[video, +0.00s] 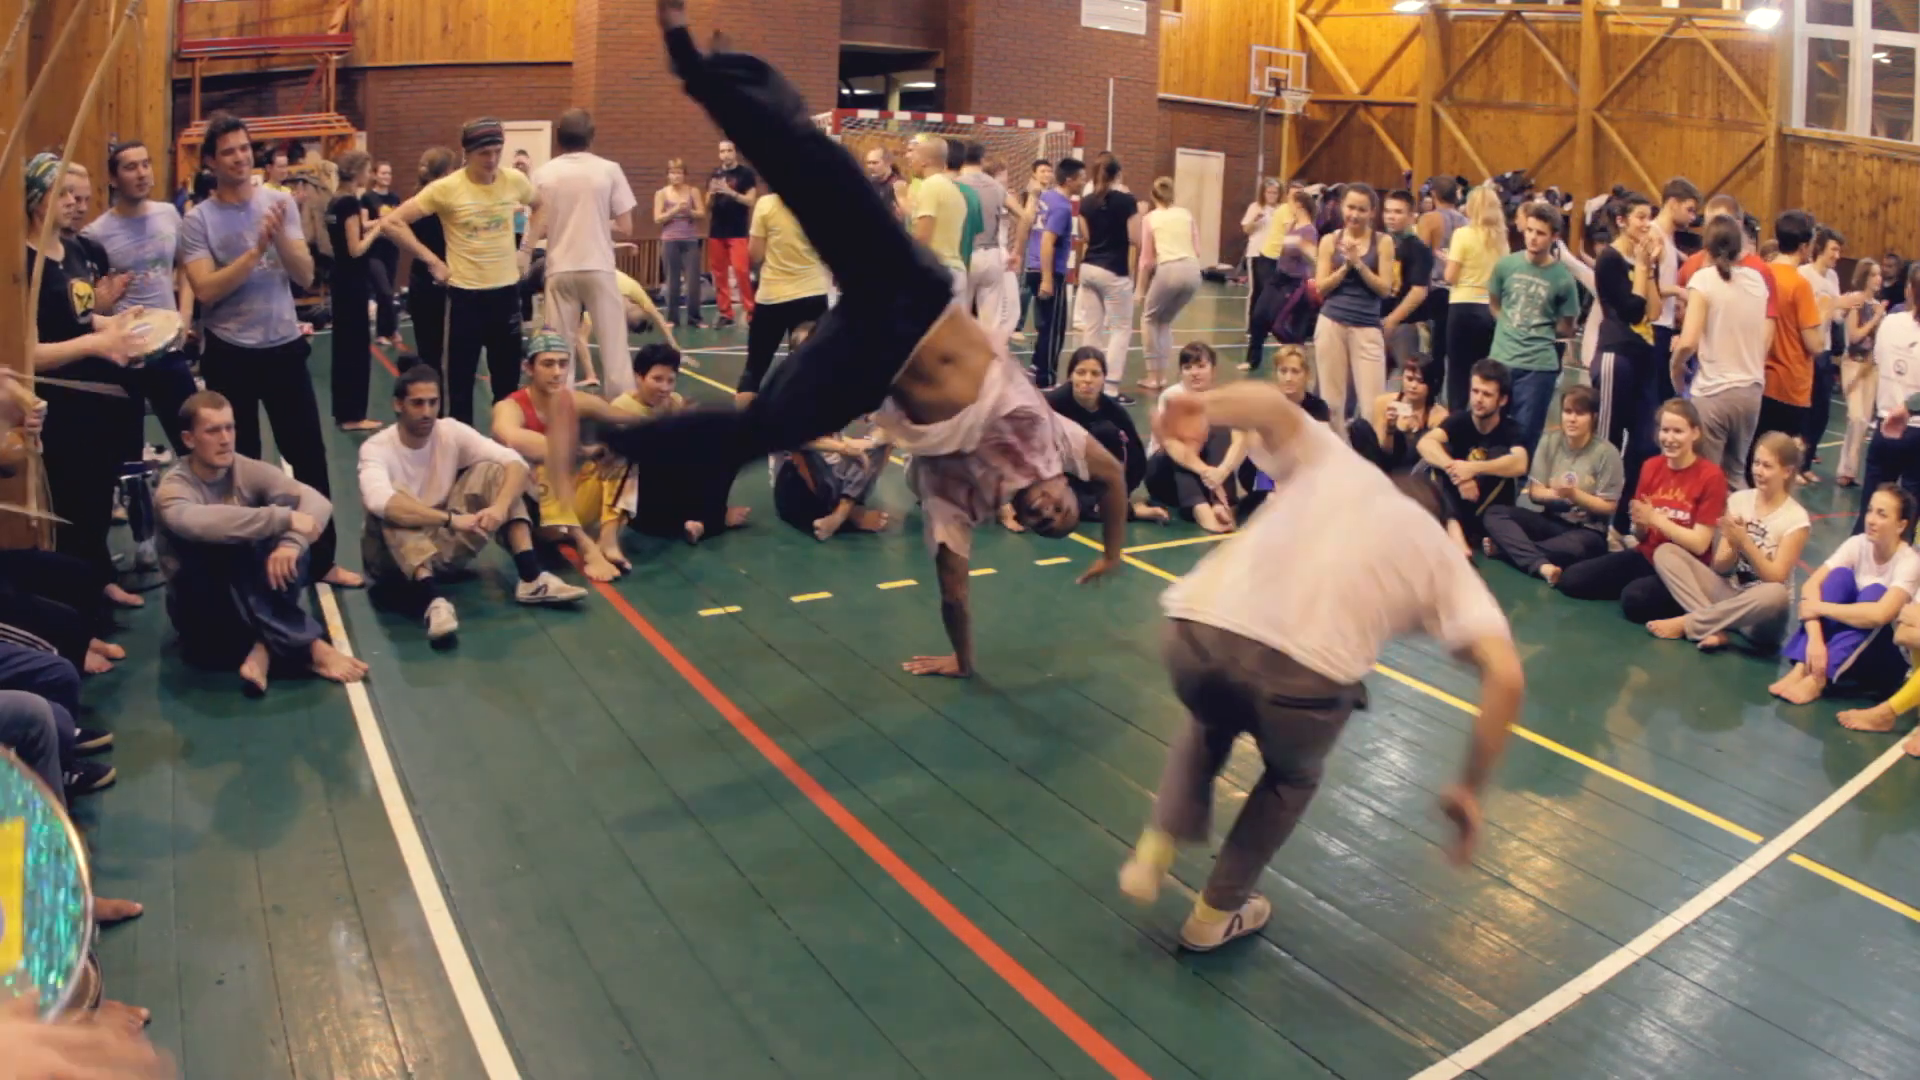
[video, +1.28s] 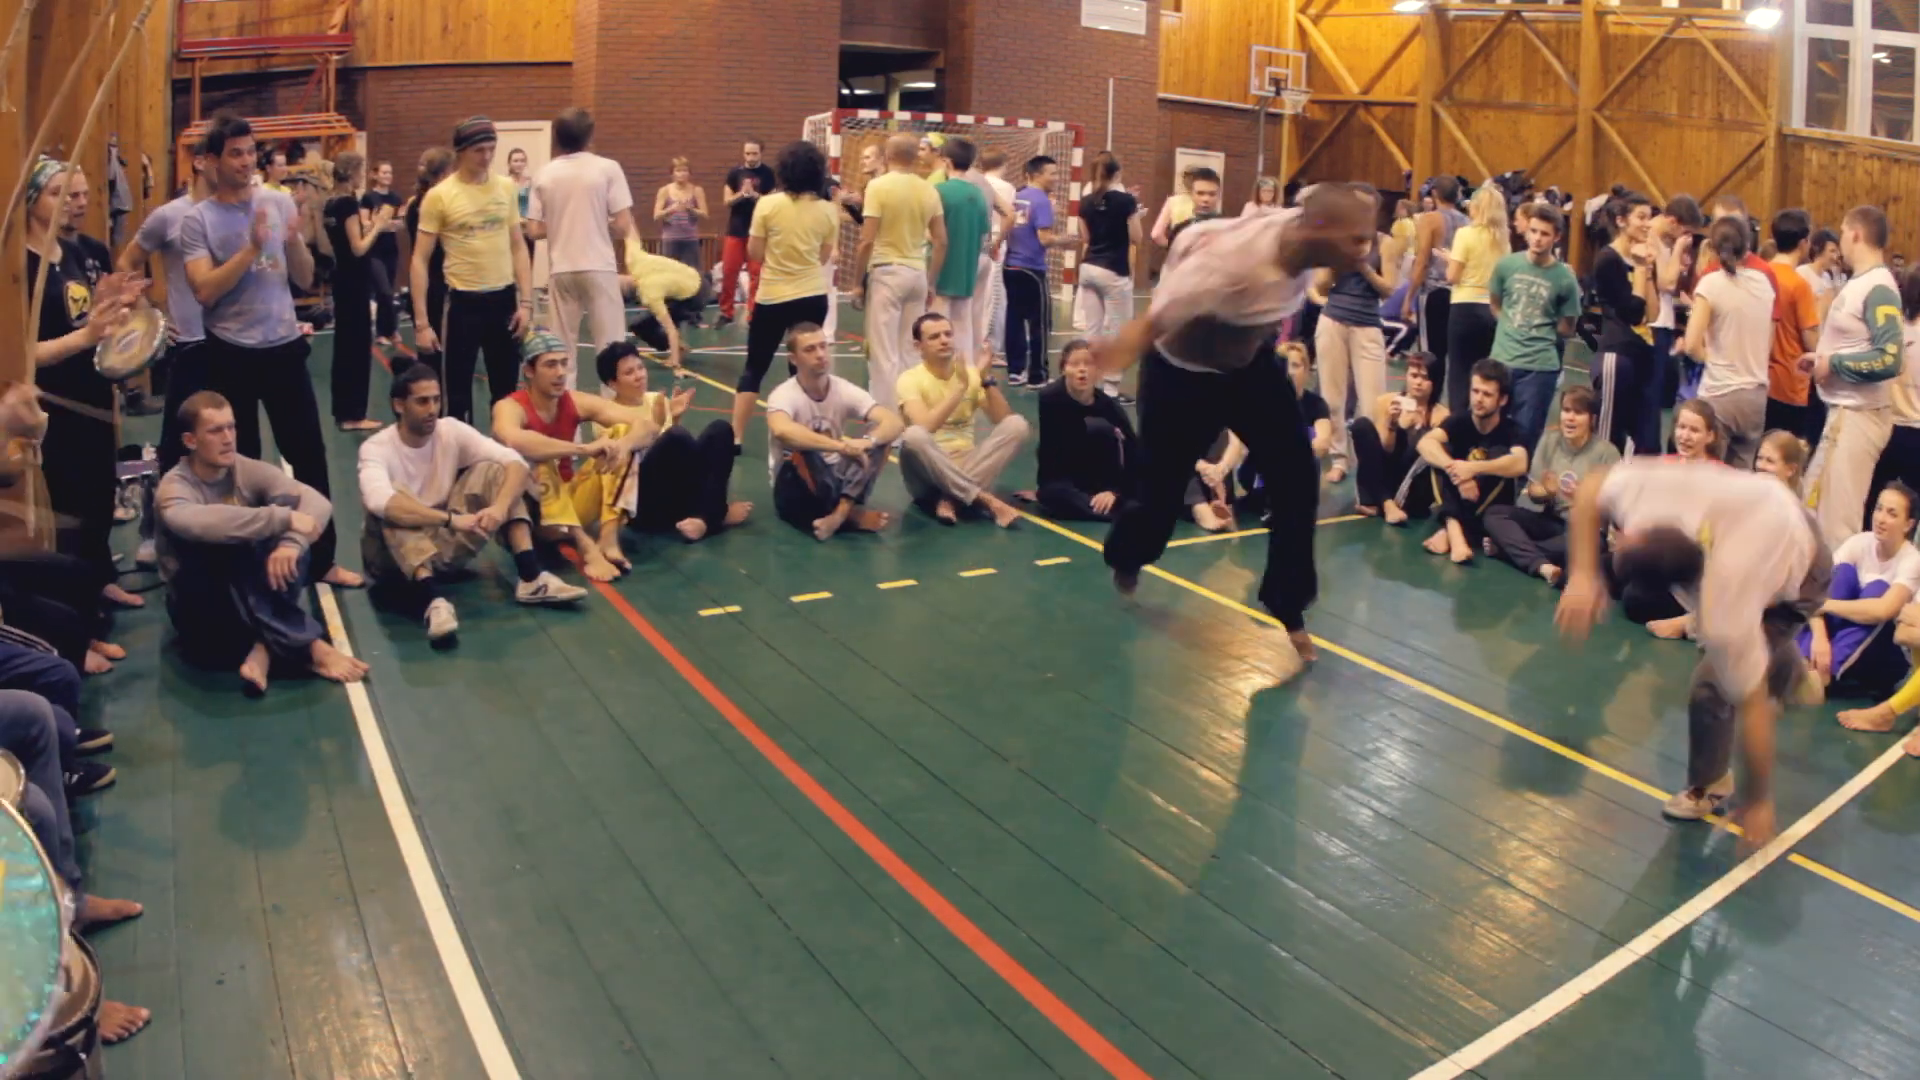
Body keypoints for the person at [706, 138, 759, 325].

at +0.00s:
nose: (725, 154)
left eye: (728, 151)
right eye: (722, 151)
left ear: (735, 153)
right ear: (718, 154)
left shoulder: (746, 173)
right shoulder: (715, 174)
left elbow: (751, 200)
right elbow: (708, 205)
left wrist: (729, 192)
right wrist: (712, 192)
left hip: (738, 232)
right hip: (717, 232)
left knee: (741, 271)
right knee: (719, 275)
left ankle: (750, 310)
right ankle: (724, 312)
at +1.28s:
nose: (751, 157)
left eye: (754, 153)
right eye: (748, 153)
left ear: (761, 154)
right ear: (743, 154)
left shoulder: (767, 174)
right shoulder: (734, 173)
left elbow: (771, 201)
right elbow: (727, 200)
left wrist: (754, 194)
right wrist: (741, 194)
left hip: (758, 231)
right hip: (735, 231)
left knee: (756, 272)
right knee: (729, 271)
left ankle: (754, 312)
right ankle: (726, 311)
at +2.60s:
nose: (744, 159)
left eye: (747, 155)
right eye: (741, 156)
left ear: (755, 154)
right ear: (737, 157)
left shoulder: (767, 173)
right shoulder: (733, 176)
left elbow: (776, 197)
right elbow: (721, 194)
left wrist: (769, 217)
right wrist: (728, 215)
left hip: (763, 229)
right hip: (740, 231)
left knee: (762, 272)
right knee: (742, 275)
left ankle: (764, 310)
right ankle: (746, 313)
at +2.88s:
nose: (748, 161)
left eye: (751, 157)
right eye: (744, 158)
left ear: (760, 154)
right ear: (741, 157)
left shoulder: (770, 175)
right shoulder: (735, 177)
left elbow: (778, 200)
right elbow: (726, 197)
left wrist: (774, 221)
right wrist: (729, 221)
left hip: (765, 229)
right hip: (742, 230)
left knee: (765, 272)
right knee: (742, 276)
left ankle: (765, 310)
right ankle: (746, 313)